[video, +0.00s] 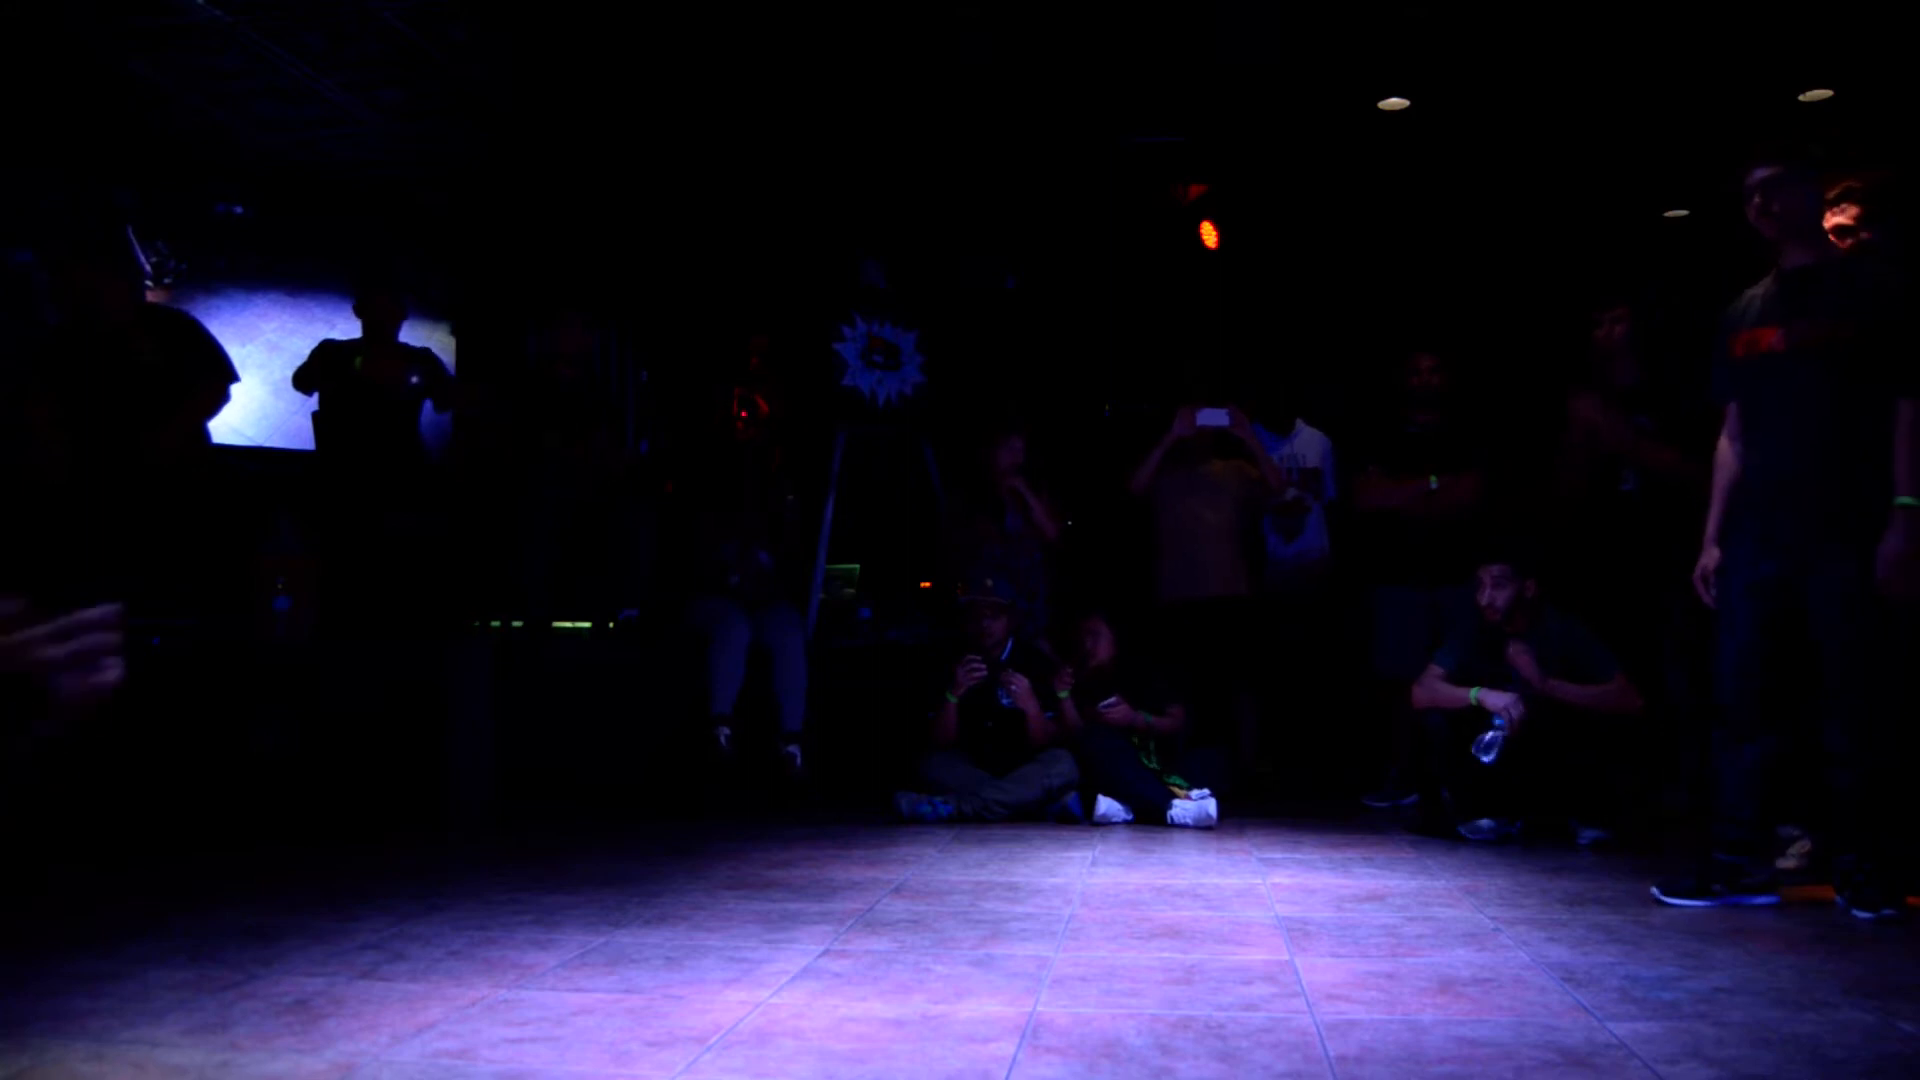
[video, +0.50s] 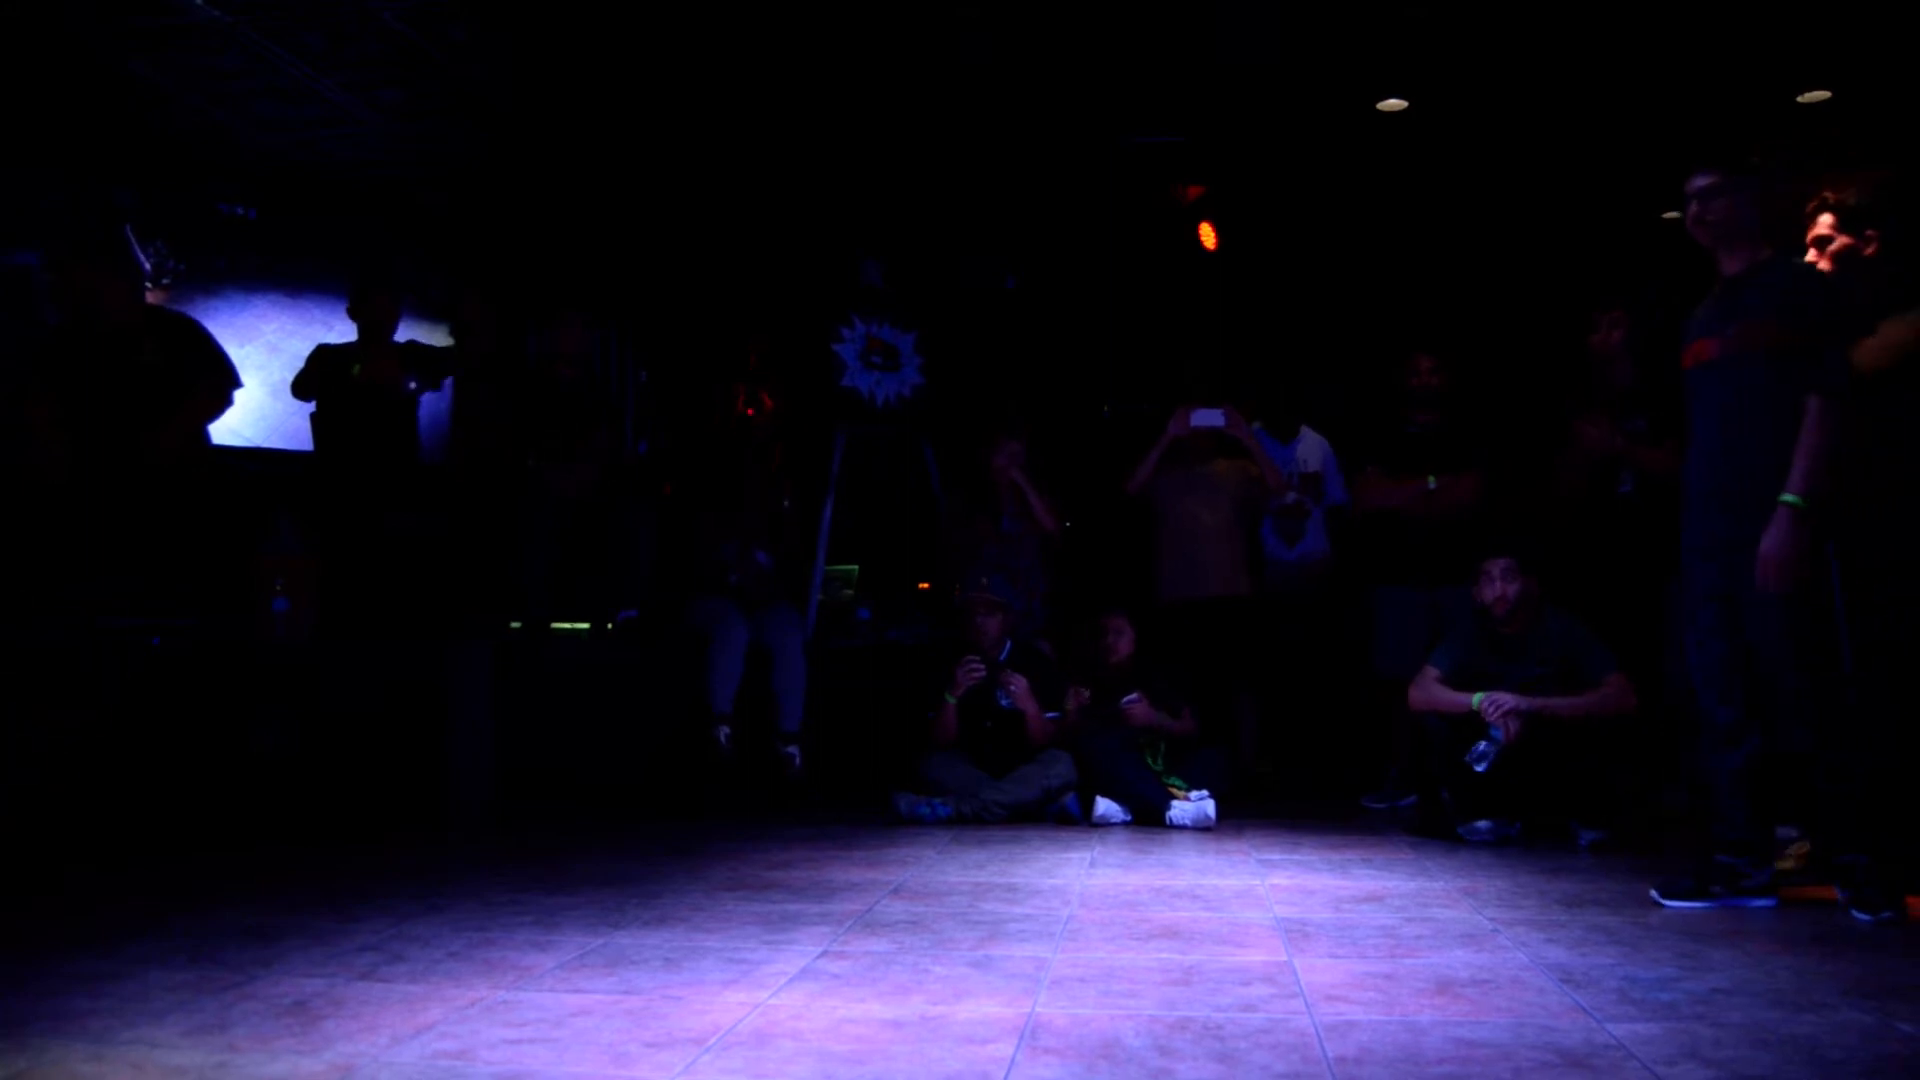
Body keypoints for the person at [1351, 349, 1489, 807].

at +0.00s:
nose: (1425, 382)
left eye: (1434, 372)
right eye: (1417, 373)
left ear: (1447, 378)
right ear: (1404, 379)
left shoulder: (1464, 428)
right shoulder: (1383, 429)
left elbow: (1469, 496)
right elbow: (1365, 495)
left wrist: (1396, 497)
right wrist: (1434, 489)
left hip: (1454, 571)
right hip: (1393, 570)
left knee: (1453, 676)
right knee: (1398, 677)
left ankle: (1455, 787)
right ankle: (1398, 781)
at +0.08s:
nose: (1424, 382)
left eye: (1432, 373)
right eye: (1417, 373)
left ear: (1447, 378)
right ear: (1404, 380)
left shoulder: (1464, 430)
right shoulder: (1385, 430)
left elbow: (1469, 497)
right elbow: (1365, 495)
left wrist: (1396, 497)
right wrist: (1433, 489)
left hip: (1453, 572)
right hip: (1393, 571)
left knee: (1450, 677)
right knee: (1397, 677)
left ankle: (1452, 786)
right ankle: (1396, 780)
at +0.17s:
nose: (1424, 382)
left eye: (1433, 372)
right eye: (1417, 373)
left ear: (1447, 378)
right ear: (1404, 379)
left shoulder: (1464, 429)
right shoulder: (1384, 430)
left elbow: (1469, 496)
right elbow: (1366, 495)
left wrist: (1397, 497)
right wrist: (1433, 489)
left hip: (1453, 571)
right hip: (1393, 570)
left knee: (1451, 676)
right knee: (1397, 677)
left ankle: (1452, 785)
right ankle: (1397, 780)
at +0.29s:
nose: (1425, 382)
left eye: (1434, 373)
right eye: (1418, 373)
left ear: (1448, 378)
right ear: (1405, 379)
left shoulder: (1464, 429)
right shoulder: (1386, 430)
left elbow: (1469, 496)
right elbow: (1368, 495)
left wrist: (1397, 497)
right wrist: (1434, 489)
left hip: (1454, 571)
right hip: (1395, 570)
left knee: (1452, 676)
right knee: (1398, 676)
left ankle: (1454, 785)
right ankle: (1398, 780)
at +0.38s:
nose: (1424, 383)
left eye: (1433, 373)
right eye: (1417, 374)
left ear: (1447, 378)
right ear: (1404, 380)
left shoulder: (1464, 429)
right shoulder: (1385, 430)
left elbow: (1469, 496)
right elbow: (1367, 495)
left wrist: (1397, 496)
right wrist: (1433, 489)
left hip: (1454, 570)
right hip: (1394, 570)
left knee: (1451, 676)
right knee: (1397, 676)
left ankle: (1453, 786)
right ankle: (1397, 780)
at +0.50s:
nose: (1425, 383)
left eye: (1433, 374)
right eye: (1417, 375)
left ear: (1447, 379)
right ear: (1404, 381)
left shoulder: (1463, 430)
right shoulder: (1384, 431)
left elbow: (1468, 497)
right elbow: (1367, 495)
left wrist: (1396, 497)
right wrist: (1433, 489)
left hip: (1453, 570)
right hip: (1393, 569)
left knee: (1451, 675)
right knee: (1396, 676)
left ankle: (1453, 786)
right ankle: (1397, 781)